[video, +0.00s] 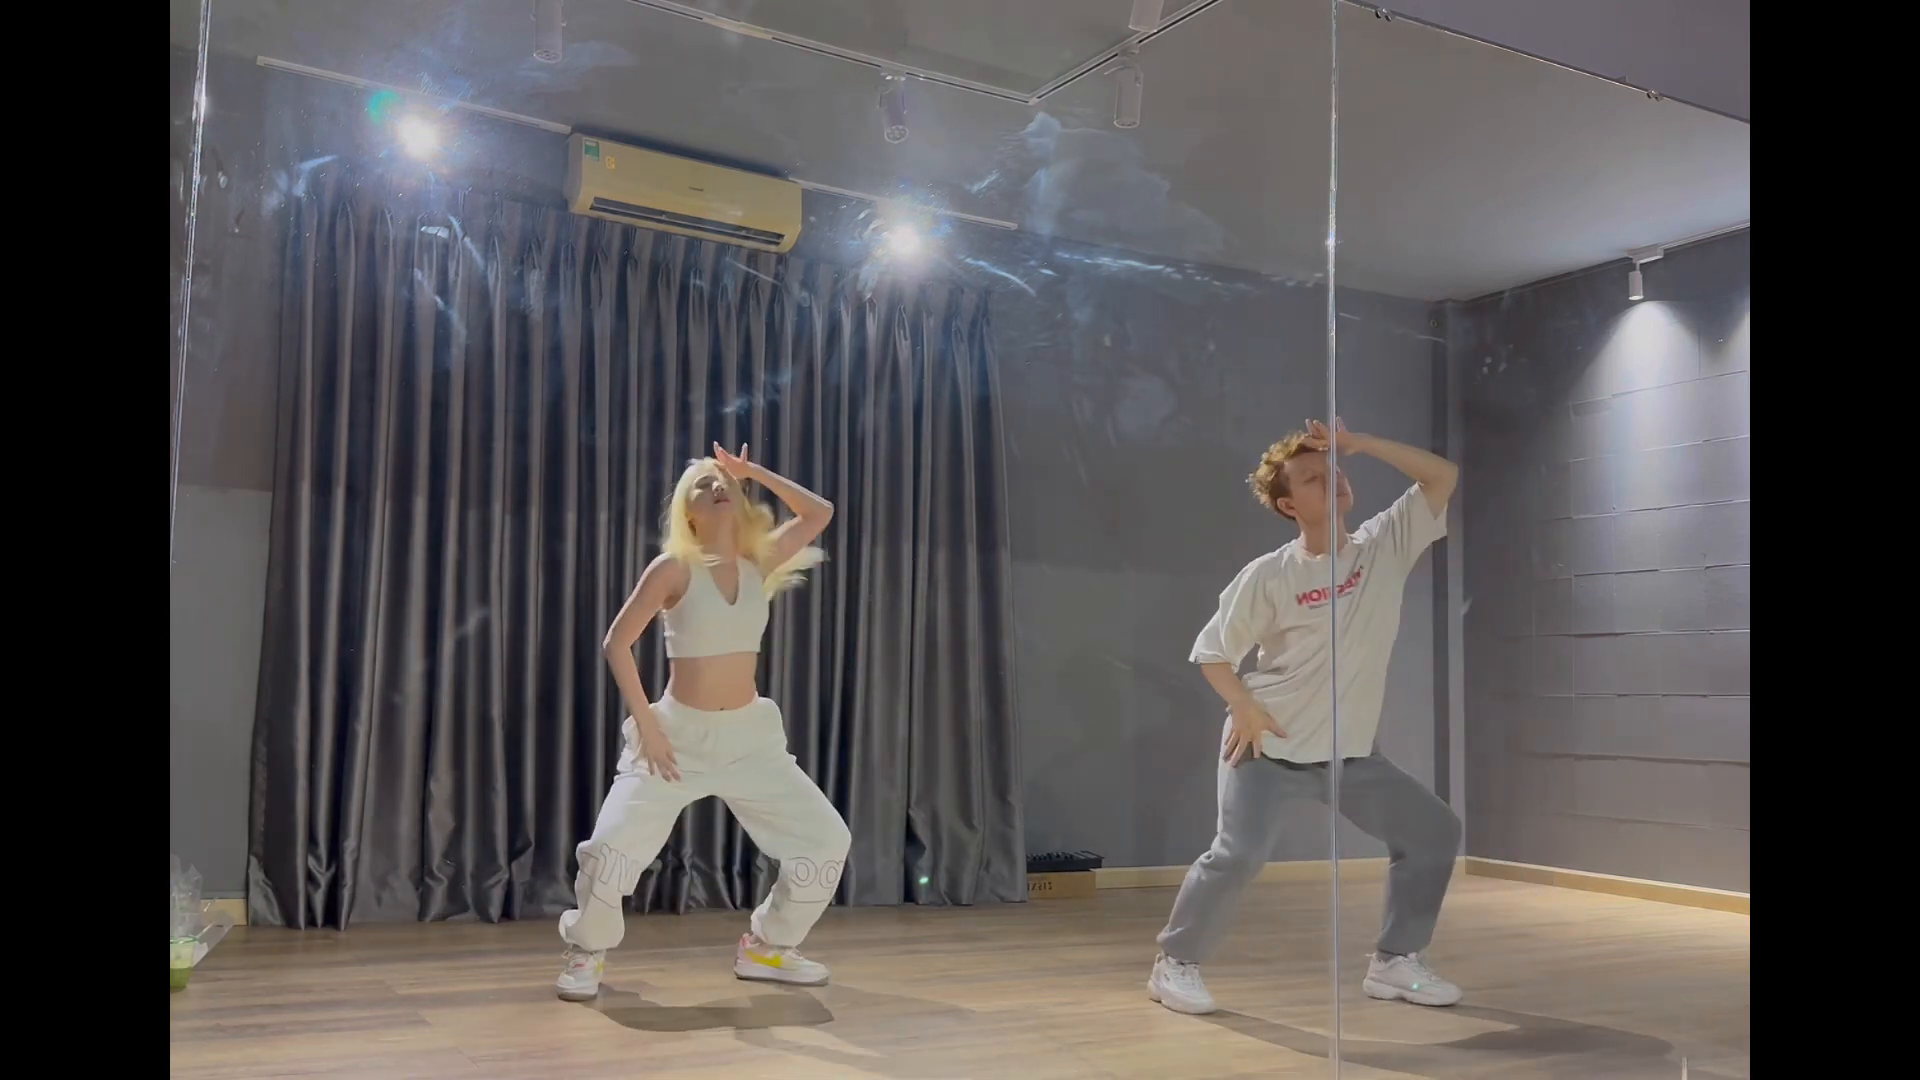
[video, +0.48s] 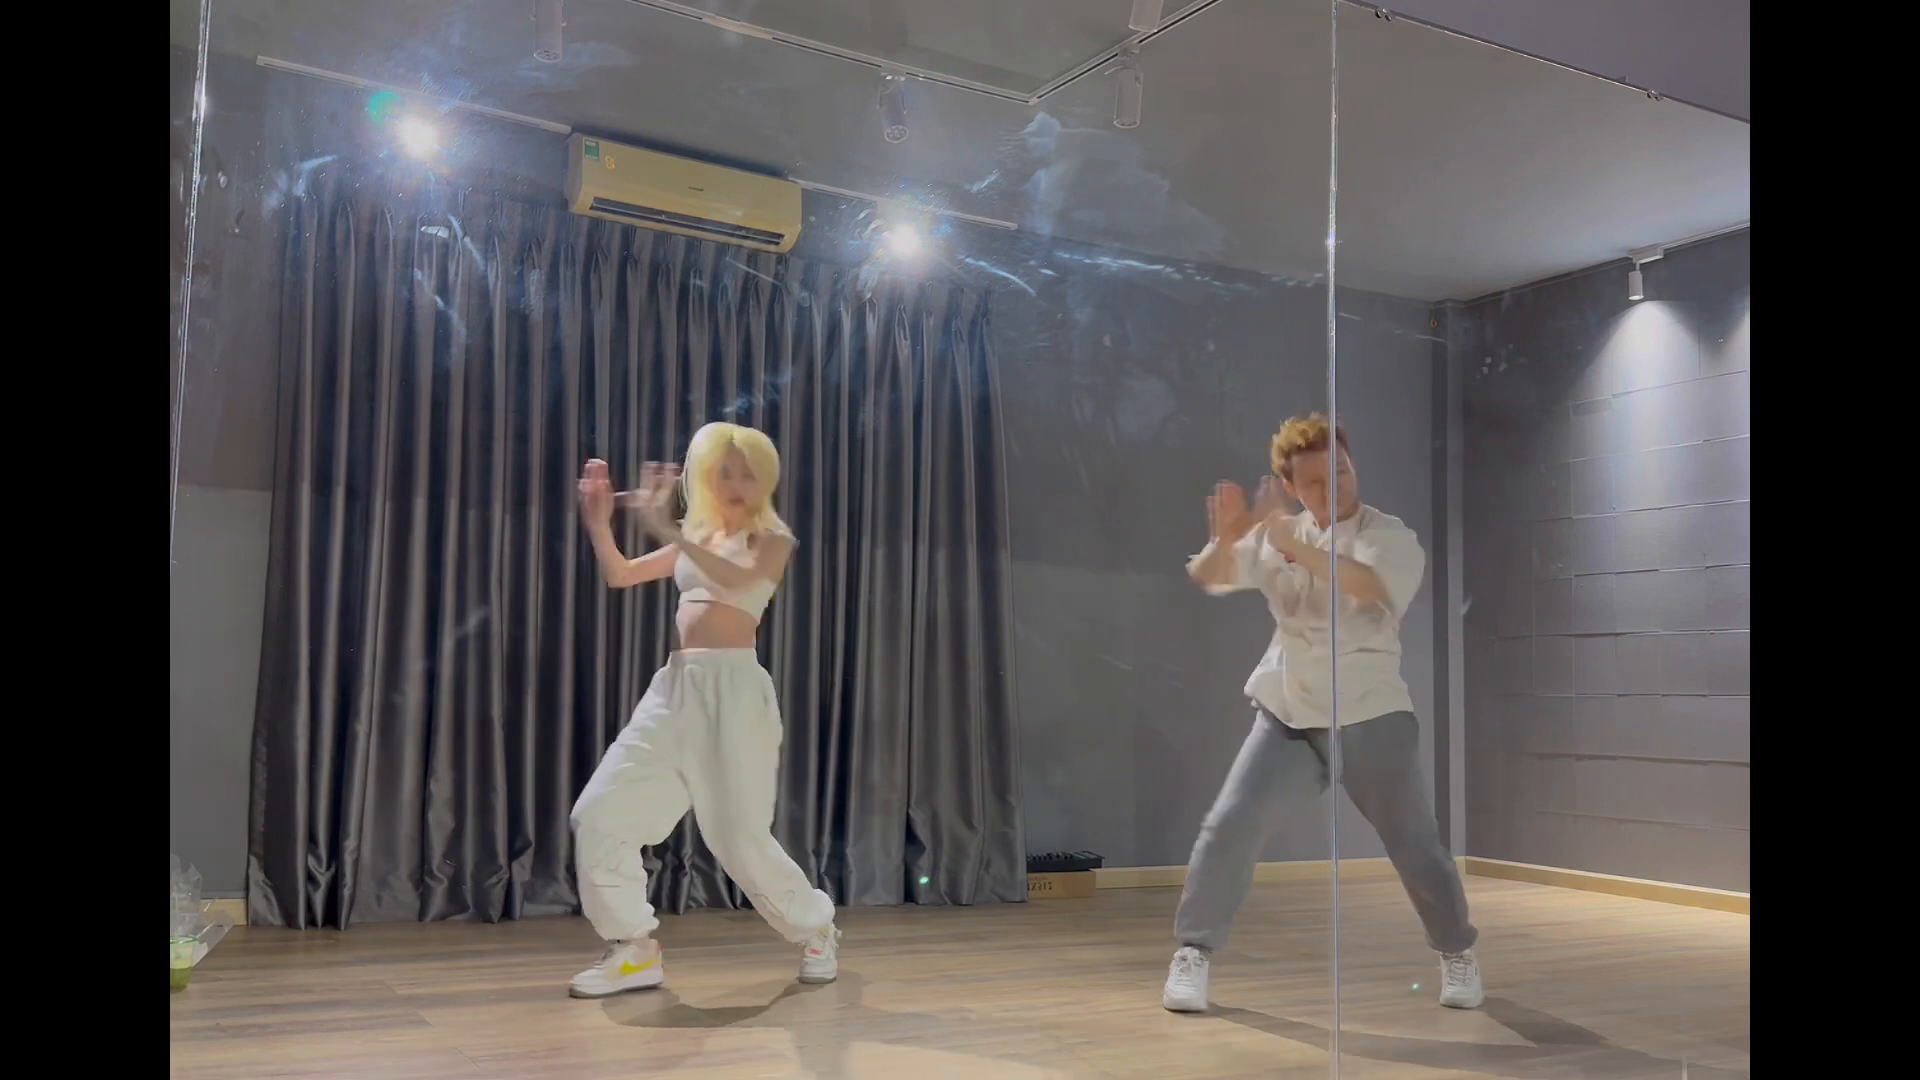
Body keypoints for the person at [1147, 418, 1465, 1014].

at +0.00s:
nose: (1337, 482)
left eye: (1337, 472)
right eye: (1318, 478)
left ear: (1349, 479)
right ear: (1288, 503)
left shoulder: (1383, 547)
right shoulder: (1267, 577)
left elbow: (1441, 477)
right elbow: (1210, 652)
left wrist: (1361, 443)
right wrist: (1243, 703)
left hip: (1349, 755)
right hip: (1269, 754)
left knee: (1434, 831)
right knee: (1238, 854)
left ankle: (1394, 962)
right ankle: (1175, 964)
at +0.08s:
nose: (1338, 474)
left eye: (1342, 465)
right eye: (1319, 467)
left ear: (1354, 479)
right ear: (1289, 493)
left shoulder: (1383, 546)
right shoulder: (1262, 568)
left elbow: (1450, 484)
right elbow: (1217, 649)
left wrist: (1367, 449)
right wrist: (1242, 700)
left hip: (1359, 746)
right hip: (1274, 747)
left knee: (1447, 833)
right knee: (1233, 845)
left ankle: (1398, 961)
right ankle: (1177, 962)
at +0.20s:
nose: (1347, 465)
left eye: (1355, 461)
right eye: (1333, 456)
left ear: (1362, 483)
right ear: (1296, 472)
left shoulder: (1371, 548)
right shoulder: (1250, 543)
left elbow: (1463, 518)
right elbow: (1221, 631)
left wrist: (1392, 468)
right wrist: (1242, 692)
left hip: (1373, 724)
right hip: (1283, 731)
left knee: (1460, 832)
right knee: (1238, 831)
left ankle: (1406, 956)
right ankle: (1190, 959)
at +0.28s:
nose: (1342, 464)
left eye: (1351, 456)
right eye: (1328, 453)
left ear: (1359, 472)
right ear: (1294, 464)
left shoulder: (1364, 548)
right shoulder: (1243, 533)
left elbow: (1455, 553)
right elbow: (1210, 607)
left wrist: (1402, 494)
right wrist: (1237, 661)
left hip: (1379, 713)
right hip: (1292, 725)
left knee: (1452, 836)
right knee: (1246, 832)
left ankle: (1426, 951)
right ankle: (1193, 958)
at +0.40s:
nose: (1326, 471)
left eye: (1335, 459)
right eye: (1311, 460)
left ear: (1347, 462)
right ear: (1284, 467)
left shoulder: (1378, 529)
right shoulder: (1255, 525)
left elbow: (1419, 602)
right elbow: (1187, 576)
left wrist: (1374, 538)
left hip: (1378, 708)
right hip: (1294, 712)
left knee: (1422, 837)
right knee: (1249, 829)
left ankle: (1458, 951)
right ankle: (1194, 957)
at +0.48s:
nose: (1328, 488)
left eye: (1335, 473)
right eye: (1311, 480)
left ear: (1353, 467)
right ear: (1290, 484)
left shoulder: (1392, 537)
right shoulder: (1274, 535)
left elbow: (1372, 589)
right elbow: (1206, 578)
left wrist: (1294, 546)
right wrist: (1225, 542)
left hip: (1374, 715)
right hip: (1288, 714)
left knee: (1416, 845)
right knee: (1229, 824)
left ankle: (1457, 954)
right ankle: (1192, 955)